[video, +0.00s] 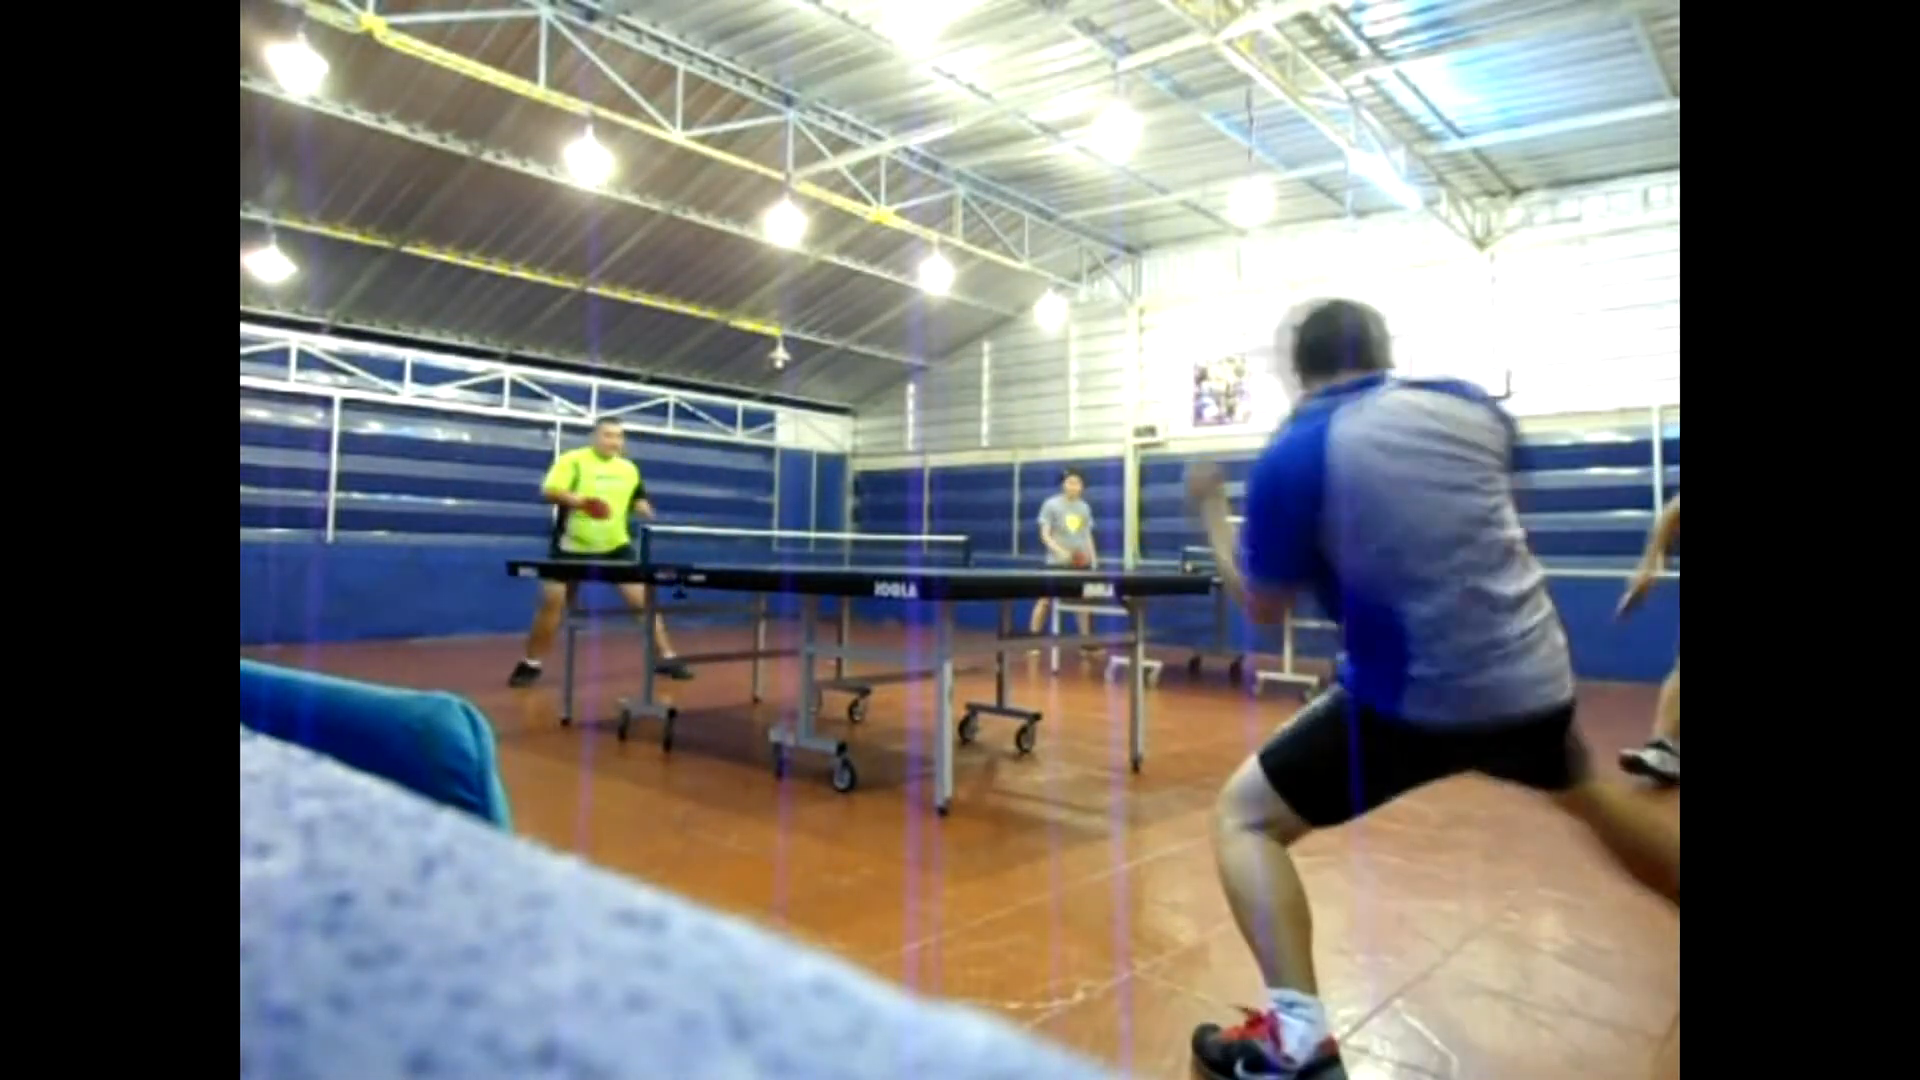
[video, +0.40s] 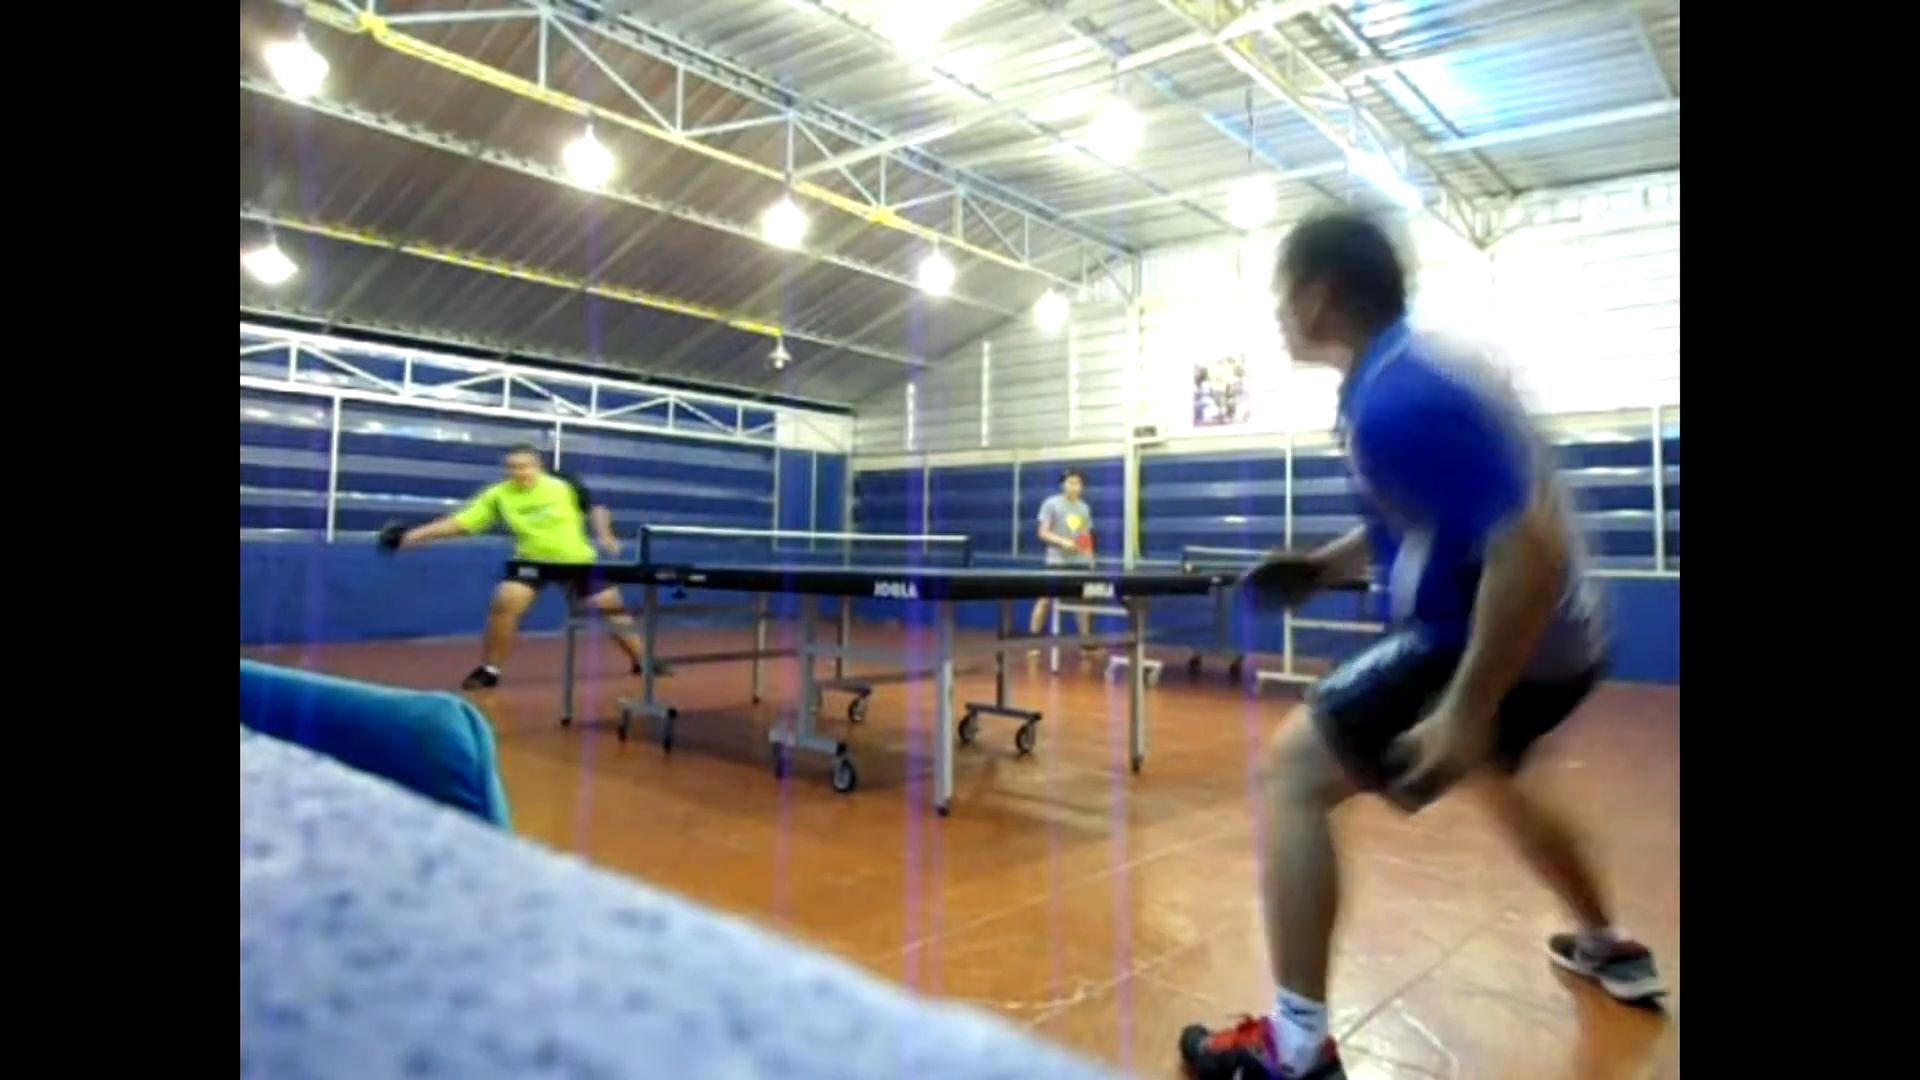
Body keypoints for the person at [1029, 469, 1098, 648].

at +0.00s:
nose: (1073, 487)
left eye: (1077, 483)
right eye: (1069, 483)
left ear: (1082, 486)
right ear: (1063, 485)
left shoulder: (1084, 507)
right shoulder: (1051, 505)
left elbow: (1087, 535)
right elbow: (1045, 534)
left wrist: (1092, 559)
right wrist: (1063, 552)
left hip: (1080, 562)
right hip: (1056, 561)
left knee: (1083, 601)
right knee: (1045, 599)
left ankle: (1085, 638)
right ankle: (1033, 636)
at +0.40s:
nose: (1074, 487)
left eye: (1077, 483)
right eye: (1070, 483)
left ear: (1082, 487)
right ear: (1063, 485)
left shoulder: (1084, 508)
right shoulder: (1051, 504)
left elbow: (1086, 533)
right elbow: (1043, 532)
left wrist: (1089, 554)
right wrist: (1065, 543)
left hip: (1080, 560)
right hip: (1056, 560)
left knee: (1083, 600)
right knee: (1046, 598)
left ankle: (1085, 638)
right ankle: (1034, 635)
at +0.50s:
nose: (1086, 490)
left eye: (1089, 486)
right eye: (1083, 485)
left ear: (1092, 489)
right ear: (1075, 487)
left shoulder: (1086, 507)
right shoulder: (1063, 504)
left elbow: (1085, 531)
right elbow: (1065, 522)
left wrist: (1087, 553)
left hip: (1077, 558)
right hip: (1057, 557)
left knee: (1081, 599)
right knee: (1049, 597)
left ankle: (1086, 636)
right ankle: (1037, 633)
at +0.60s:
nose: (1087, 489)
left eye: (1089, 485)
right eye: (1083, 484)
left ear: (1092, 488)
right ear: (1075, 487)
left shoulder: (1088, 508)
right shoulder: (1063, 503)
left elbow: (1088, 533)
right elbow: (1057, 525)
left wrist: (1087, 552)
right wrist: (1079, 519)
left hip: (1077, 559)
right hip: (1056, 558)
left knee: (1083, 600)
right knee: (1047, 598)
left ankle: (1087, 637)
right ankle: (1035, 634)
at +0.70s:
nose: (1085, 489)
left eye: (1087, 485)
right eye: (1082, 485)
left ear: (1090, 489)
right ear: (1074, 487)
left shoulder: (1087, 508)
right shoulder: (1060, 505)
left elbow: (1088, 532)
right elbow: (1051, 525)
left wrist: (1086, 552)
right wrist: (1071, 525)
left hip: (1077, 558)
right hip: (1055, 557)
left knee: (1083, 600)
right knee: (1045, 597)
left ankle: (1087, 637)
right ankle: (1032, 633)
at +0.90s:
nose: (1078, 492)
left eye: (1081, 488)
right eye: (1075, 487)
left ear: (1084, 492)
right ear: (1067, 489)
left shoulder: (1082, 509)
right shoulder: (1053, 506)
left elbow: (1084, 531)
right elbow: (1039, 529)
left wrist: (1076, 552)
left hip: (1069, 558)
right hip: (1048, 558)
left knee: (1078, 599)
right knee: (1039, 597)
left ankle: (1085, 637)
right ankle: (1030, 634)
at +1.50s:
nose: (1090, 490)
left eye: (1092, 486)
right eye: (1087, 485)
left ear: (1093, 489)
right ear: (1077, 487)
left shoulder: (1085, 507)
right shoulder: (1064, 504)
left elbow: (1080, 531)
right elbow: (1067, 526)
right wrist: (1086, 520)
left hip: (1074, 559)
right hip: (1053, 558)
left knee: (1079, 601)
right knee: (1043, 597)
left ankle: (1083, 639)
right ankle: (1032, 636)